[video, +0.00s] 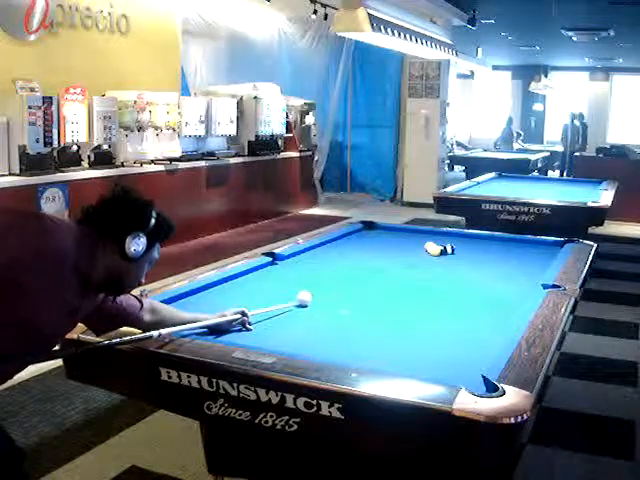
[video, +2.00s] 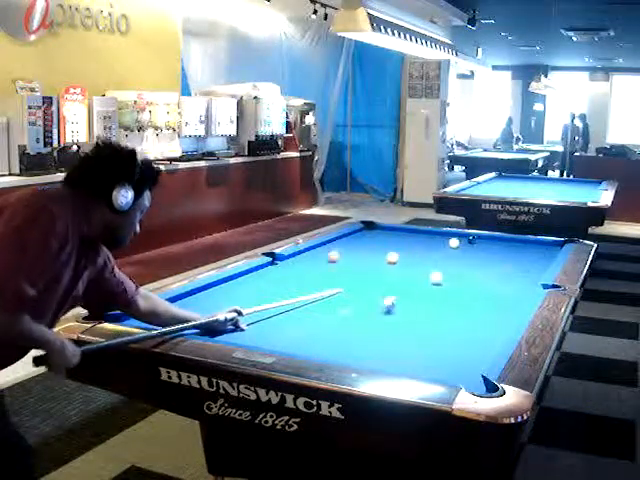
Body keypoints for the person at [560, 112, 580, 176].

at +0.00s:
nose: (571, 119)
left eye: (572, 117)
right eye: (570, 117)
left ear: (574, 118)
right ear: (569, 117)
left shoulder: (577, 127)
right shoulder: (565, 126)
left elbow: (578, 137)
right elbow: (562, 135)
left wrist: (578, 145)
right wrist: (563, 143)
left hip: (573, 146)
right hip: (566, 146)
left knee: (571, 160)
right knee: (563, 160)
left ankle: (569, 173)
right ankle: (561, 172)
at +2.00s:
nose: (572, 119)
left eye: (573, 117)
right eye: (571, 117)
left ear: (574, 118)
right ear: (569, 117)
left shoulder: (576, 127)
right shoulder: (565, 126)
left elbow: (578, 136)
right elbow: (563, 135)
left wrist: (577, 145)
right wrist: (563, 143)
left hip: (573, 146)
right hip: (565, 145)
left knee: (571, 160)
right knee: (563, 159)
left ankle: (569, 173)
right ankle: (561, 173)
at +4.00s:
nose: (572, 118)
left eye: (573, 117)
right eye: (571, 116)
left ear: (575, 117)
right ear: (570, 117)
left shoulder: (577, 127)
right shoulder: (566, 125)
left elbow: (579, 138)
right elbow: (563, 135)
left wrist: (579, 146)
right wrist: (563, 142)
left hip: (574, 146)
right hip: (566, 145)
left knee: (571, 160)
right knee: (563, 159)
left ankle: (569, 173)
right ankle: (561, 172)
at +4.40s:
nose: (572, 119)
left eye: (574, 117)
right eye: (572, 117)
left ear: (575, 118)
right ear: (570, 117)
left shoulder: (577, 127)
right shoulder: (566, 126)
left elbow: (579, 136)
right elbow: (563, 134)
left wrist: (578, 145)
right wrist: (563, 142)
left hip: (573, 146)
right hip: (566, 145)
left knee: (571, 160)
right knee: (563, 160)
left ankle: (569, 173)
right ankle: (561, 173)